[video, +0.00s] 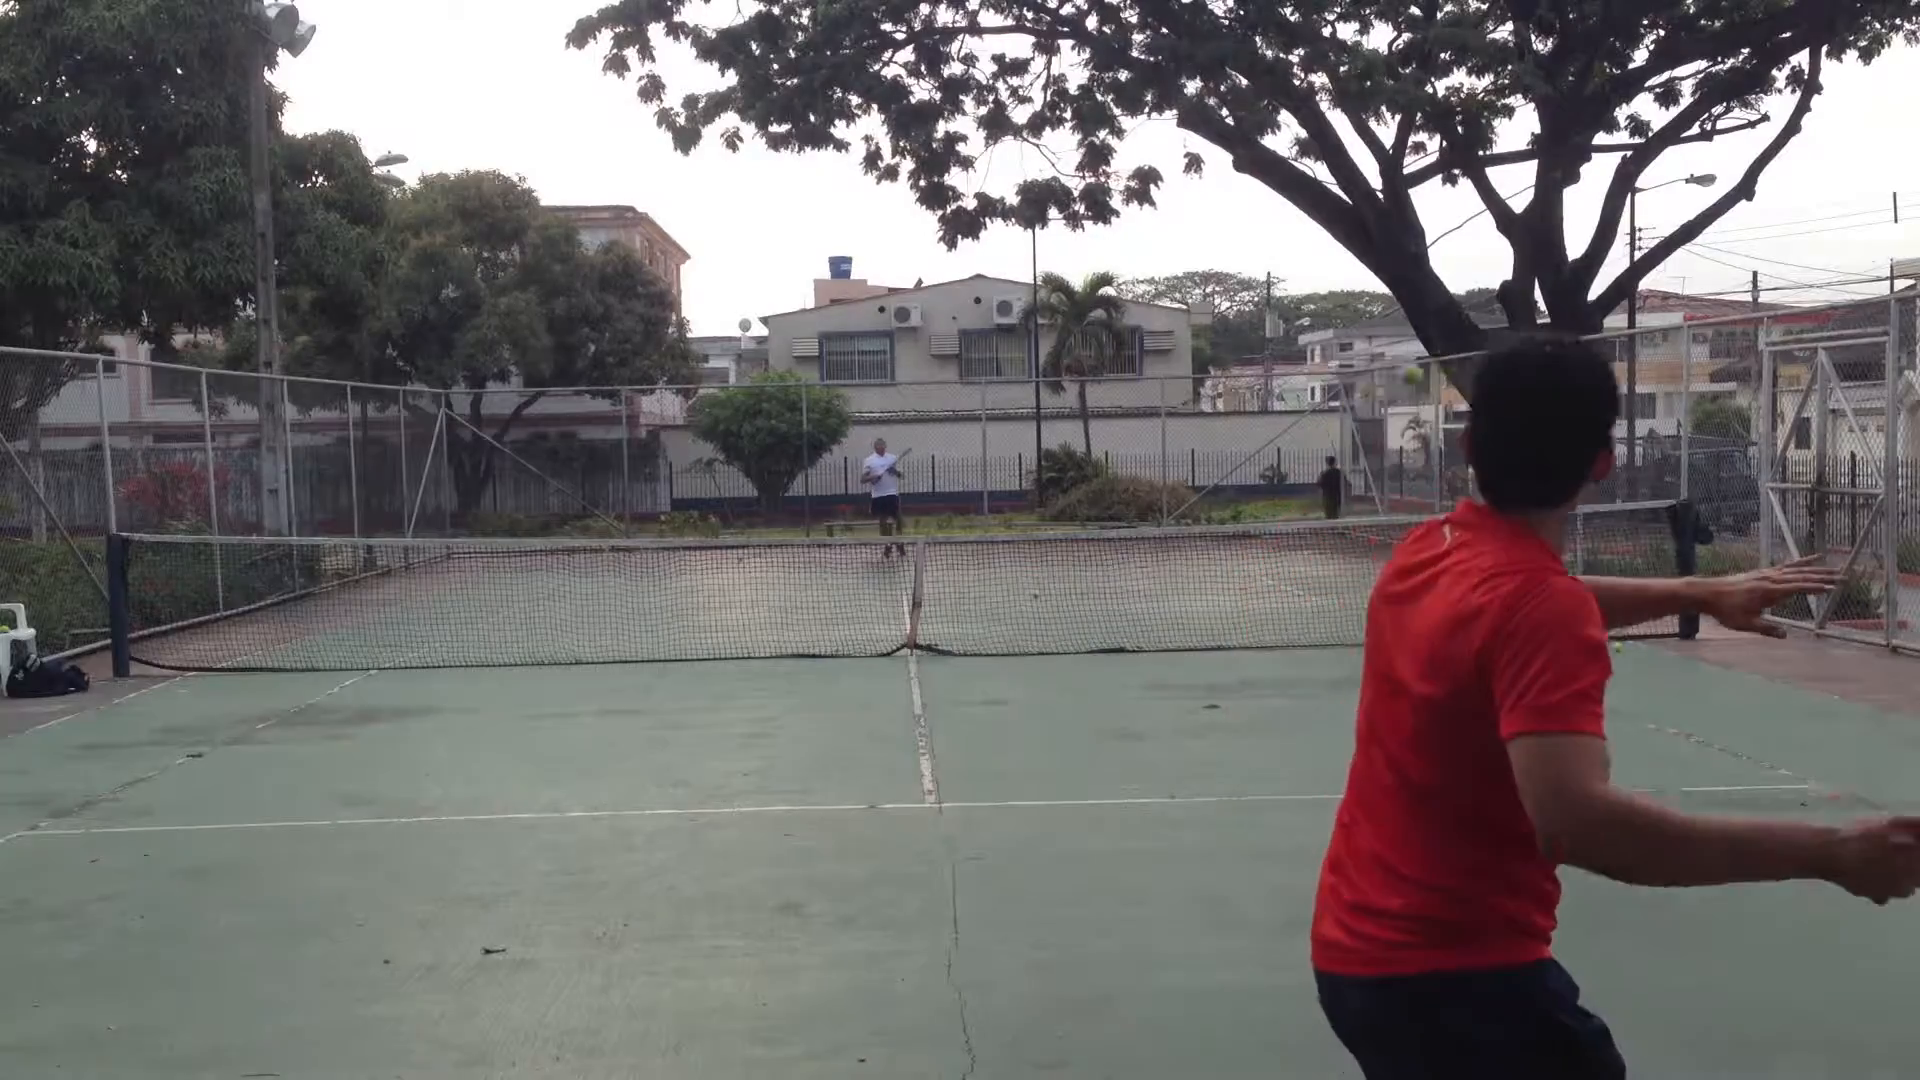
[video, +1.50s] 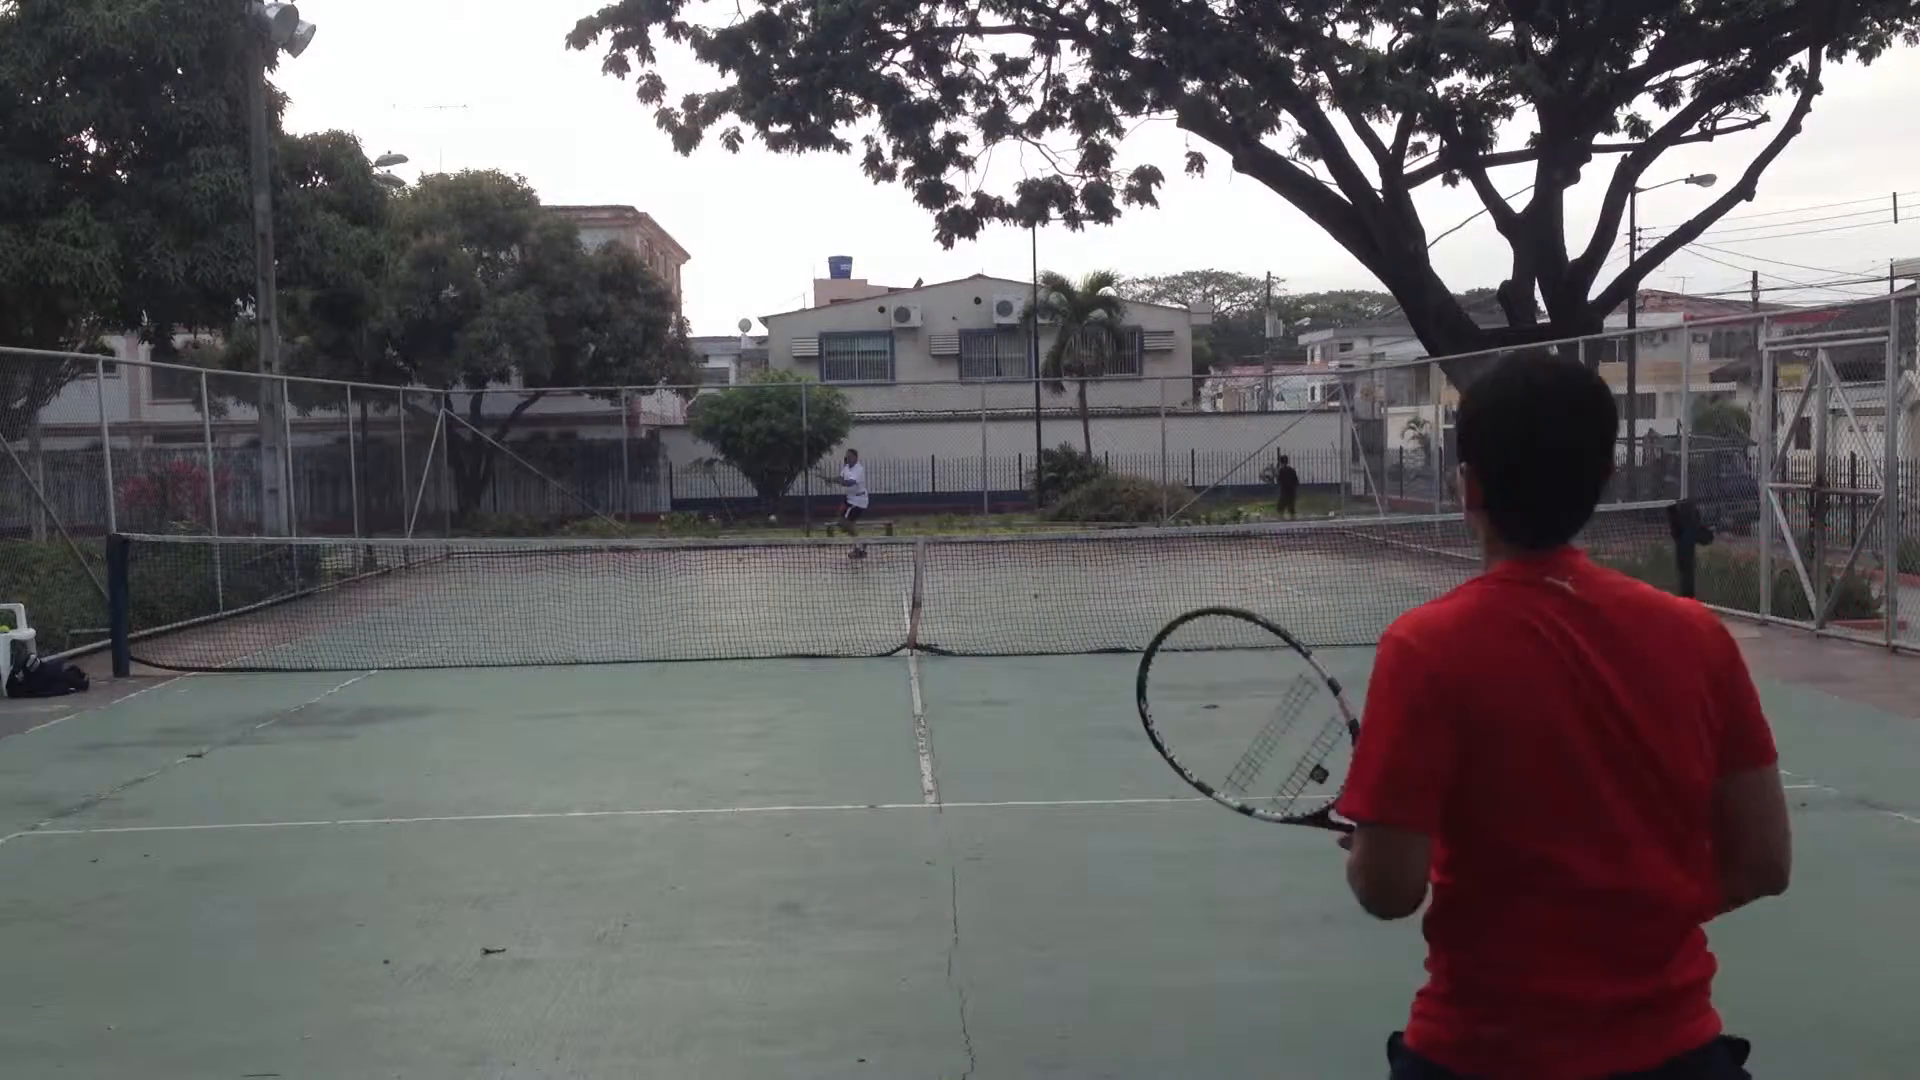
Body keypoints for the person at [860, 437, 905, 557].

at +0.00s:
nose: (880, 451)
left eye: (882, 448)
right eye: (878, 449)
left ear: (885, 448)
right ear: (874, 448)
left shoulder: (892, 458)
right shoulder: (869, 461)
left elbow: (901, 475)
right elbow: (863, 479)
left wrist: (895, 472)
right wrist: (873, 477)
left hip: (892, 493)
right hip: (878, 494)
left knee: (897, 518)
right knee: (882, 520)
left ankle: (900, 541)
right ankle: (887, 544)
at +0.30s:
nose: (892, 456)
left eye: (894, 453)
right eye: (890, 454)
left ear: (898, 453)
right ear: (887, 454)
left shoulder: (904, 465)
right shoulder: (883, 467)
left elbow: (912, 482)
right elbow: (876, 484)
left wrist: (901, 476)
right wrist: (886, 483)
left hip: (905, 500)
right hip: (889, 501)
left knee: (913, 523)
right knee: (888, 525)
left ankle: (924, 543)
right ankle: (888, 546)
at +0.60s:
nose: (903, 453)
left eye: (904, 451)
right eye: (900, 451)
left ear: (908, 450)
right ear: (897, 452)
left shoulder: (916, 463)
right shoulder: (892, 465)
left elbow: (924, 479)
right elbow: (888, 483)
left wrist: (916, 475)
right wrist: (896, 483)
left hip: (915, 499)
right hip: (899, 500)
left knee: (920, 524)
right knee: (892, 524)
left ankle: (925, 546)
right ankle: (888, 546)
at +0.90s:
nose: (899, 452)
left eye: (901, 449)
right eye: (897, 450)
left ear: (905, 450)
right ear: (894, 451)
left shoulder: (912, 463)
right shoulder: (890, 465)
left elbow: (919, 480)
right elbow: (883, 481)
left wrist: (908, 476)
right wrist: (890, 483)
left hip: (911, 499)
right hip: (896, 499)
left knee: (918, 523)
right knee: (890, 523)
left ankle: (923, 545)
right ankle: (892, 545)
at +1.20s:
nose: (876, 455)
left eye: (878, 452)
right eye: (874, 453)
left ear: (883, 453)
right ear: (872, 454)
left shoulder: (890, 466)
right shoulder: (869, 468)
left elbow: (894, 484)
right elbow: (864, 482)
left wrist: (881, 480)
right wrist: (870, 479)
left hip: (891, 498)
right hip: (879, 499)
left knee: (888, 522)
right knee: (883, 524)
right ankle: (895, 544)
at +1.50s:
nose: (848, 459)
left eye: (850, 457)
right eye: (847, 457)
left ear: (856, 457)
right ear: (846, 458)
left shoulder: (859, 469)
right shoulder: (846, 468)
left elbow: (853, 482)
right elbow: (841, 478)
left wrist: (839, 482)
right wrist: (830, 480)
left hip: (859, 498)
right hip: (850, 497)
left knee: (846, 522)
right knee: (845, 523)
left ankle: (860, 544)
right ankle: (858, 546)